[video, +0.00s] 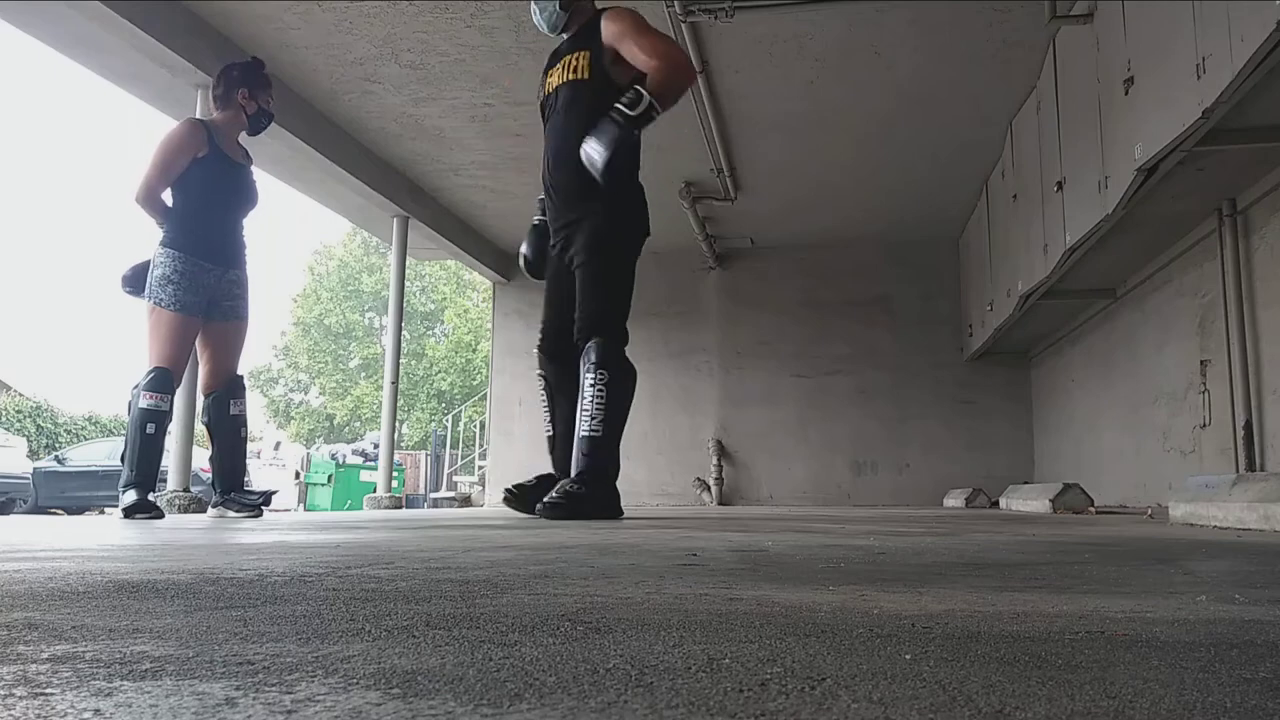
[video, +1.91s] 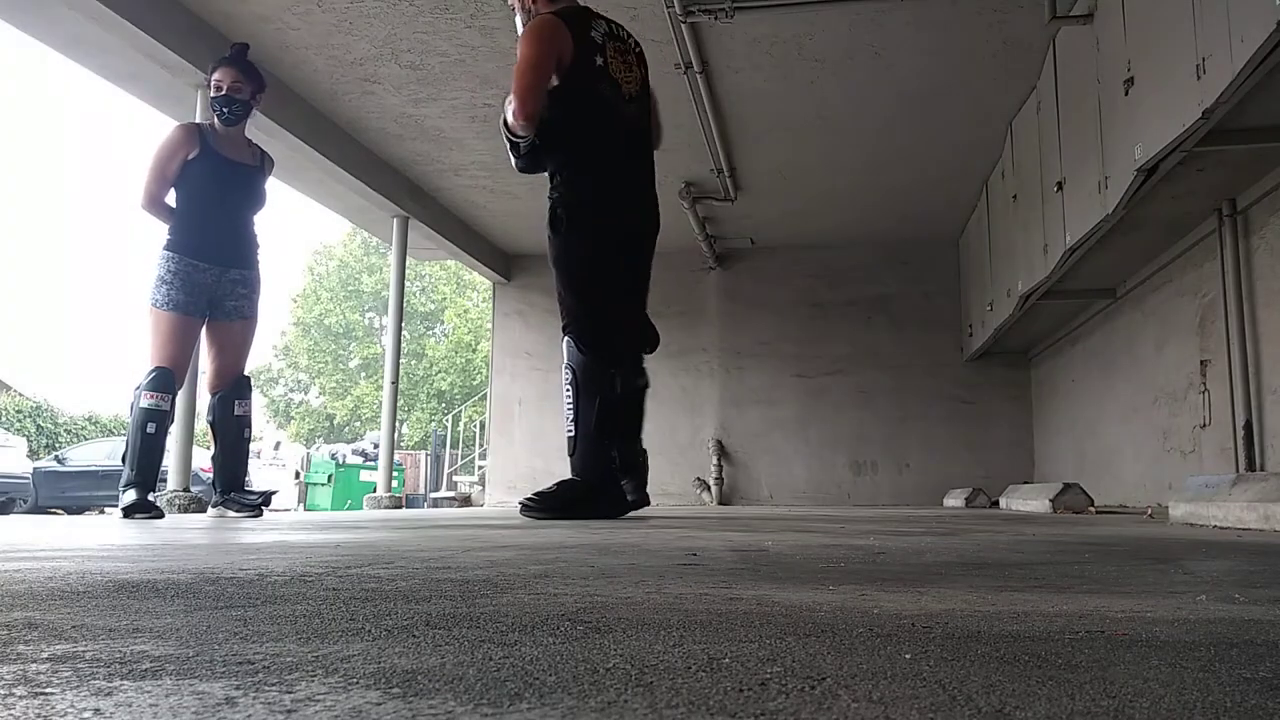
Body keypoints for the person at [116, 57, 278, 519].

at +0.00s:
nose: (270, 110)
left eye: (271, 103)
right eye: (267, 100)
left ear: (239, 99)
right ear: (243, 96)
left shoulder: (242, 153)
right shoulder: (193, 130)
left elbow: (226, 215)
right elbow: (146, 194)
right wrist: (177, 227)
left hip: (231, 271)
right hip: (183, 262)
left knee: (222, 382)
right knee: (163, 375)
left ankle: (228, 488)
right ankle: (137, 489)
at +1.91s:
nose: (225, 96)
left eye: (236, 89)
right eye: (218, 87)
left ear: (255, 98)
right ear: (208, 92)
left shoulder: (263, 160)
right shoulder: (187, 136)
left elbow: (247, 213)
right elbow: (152, 200)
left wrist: (240, 237)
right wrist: (192, 228)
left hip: (240, 274)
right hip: (184, 266)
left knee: (229, 383)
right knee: (165, 376)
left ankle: (229, 488)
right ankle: (138, 488)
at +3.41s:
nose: (179, 50)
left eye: (193, 43)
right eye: (172, 38)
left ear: (211, 52)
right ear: (158, 40)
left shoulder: (225, 116)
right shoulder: (122, 91)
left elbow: (246, 194)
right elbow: (78, 161)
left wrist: (271, 237)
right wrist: (27, 196)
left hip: (186, 243)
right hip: (120, 241)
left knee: (170, 359)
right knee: (127, 372)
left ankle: (147, 489)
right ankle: (136, 490)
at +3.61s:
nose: (160, 32)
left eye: (175, 24)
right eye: (152, 20)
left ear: (198, 34)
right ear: (142, 23)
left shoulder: (214, 94)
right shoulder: (114, 82)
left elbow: (228, 176)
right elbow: (86, 151)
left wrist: (201, 195)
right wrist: (66, 155)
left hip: (178, 233)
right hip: (114, 228)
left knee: (166, 359)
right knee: (79, 359)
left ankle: (150, 490)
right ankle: (121, 465)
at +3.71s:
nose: (149, 19)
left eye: (164, 12)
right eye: (142, 10)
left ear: (188, 23)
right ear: (132, 17)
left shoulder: (204, 84)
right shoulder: (107, 76)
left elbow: (221, 160)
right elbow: (87, 151)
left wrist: (191, 168)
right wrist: (80, 136)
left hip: (171, 224)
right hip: (108, 221)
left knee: (161, 354)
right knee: (62, 347)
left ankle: (150, 487)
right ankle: (81, 475)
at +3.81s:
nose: (136, 7)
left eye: (153, 2)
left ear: (175, 14)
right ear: (116, 8)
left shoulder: (192, 75)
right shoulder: (95, 71)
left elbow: (213, 157)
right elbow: (71, 154)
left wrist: (169, 154)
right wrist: (65, 123)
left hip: (164, 219)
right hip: (97, 217)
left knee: (156, 354)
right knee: (53, 348)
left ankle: (149, 488)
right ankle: (19, 482)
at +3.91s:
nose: (122, 9)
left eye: (138, 3)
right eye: (114, 1)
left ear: (161, 10)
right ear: (101, 7)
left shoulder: (178, 73)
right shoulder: (73, 63)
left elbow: (202, 156)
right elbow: (38, 145)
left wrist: (165, 147)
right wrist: (53, 114)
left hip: (151, 220)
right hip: (81, 216)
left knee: (149, 356)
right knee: (35, 353)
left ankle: (147, 489)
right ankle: (1, 479)